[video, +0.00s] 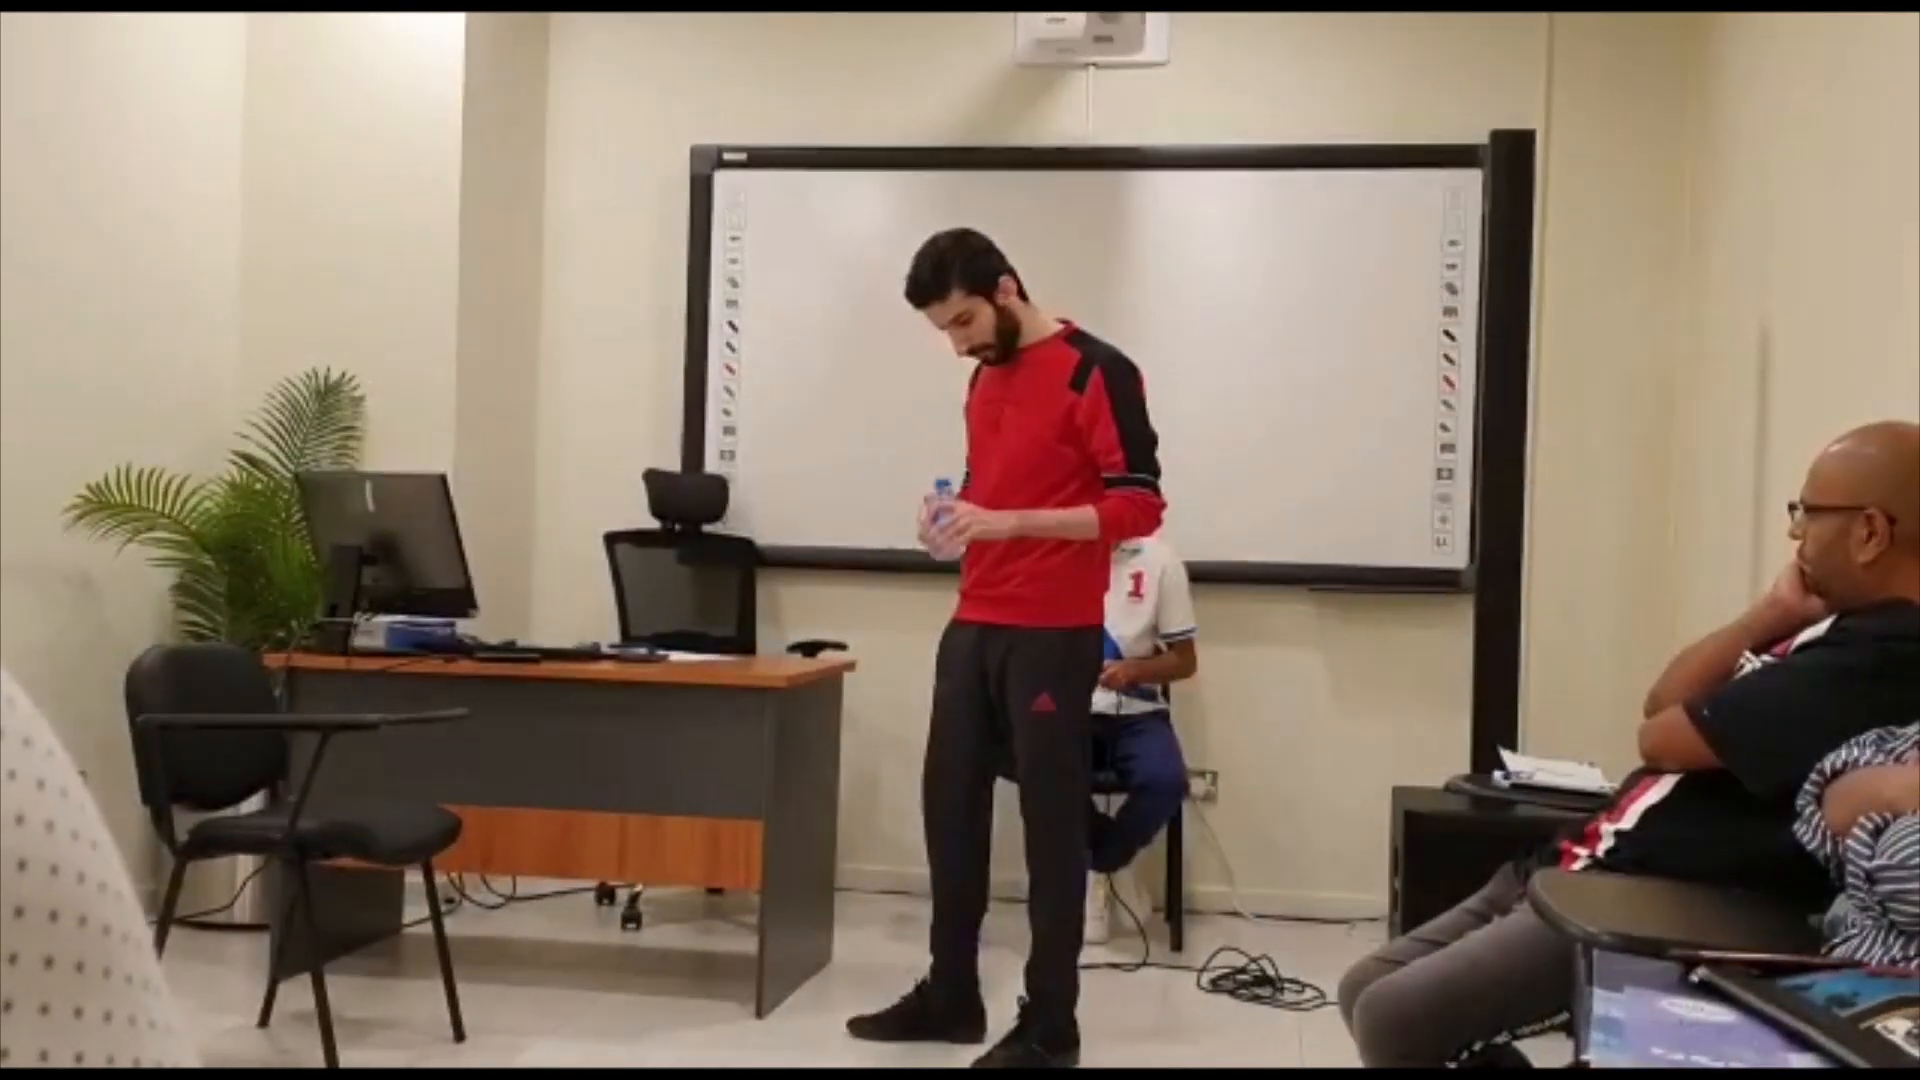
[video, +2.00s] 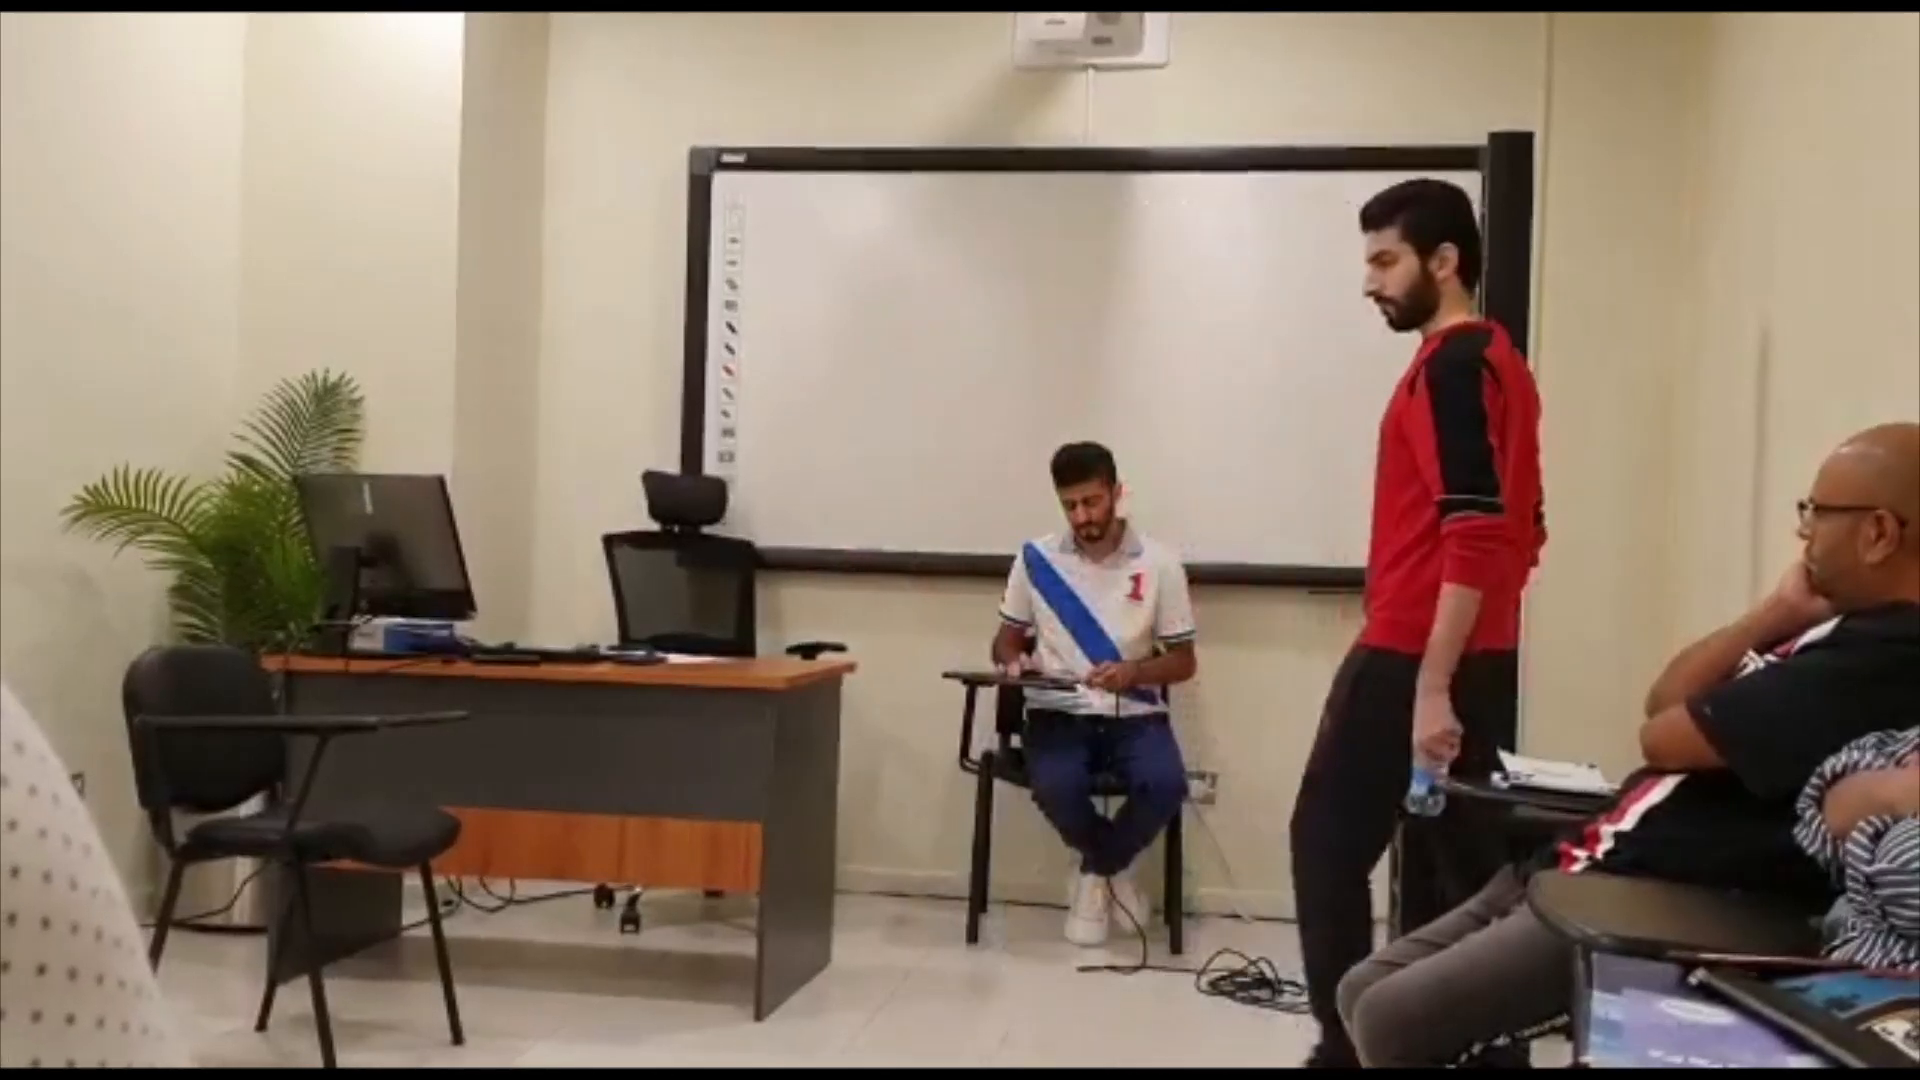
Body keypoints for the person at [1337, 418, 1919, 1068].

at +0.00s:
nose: (1794, 536)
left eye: (1806, 516)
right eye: (1798, 515)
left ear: (1873, 532)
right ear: (1873, 532)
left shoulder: (1882, 650)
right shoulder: (1848, 627)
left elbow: (1665, 743)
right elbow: (1662, 704)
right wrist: (1779, 610)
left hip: (1638, 907)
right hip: (1585, 863)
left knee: (1390, 1020)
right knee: (1365, 986)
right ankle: (1486, 1060)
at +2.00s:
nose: (1801, 534)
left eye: (1814, 514)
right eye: (1806, 513)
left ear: (1880, 534)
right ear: (1881, 534)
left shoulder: (1885, 651)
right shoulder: (1855, 629)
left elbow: (1666, 743)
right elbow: (1664, 701)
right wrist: (1782, 611)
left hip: (1642, 906)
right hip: (1593, 864)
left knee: (1386, 1022)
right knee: (1363, 988)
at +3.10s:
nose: (1798, 537)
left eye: (1812, 517)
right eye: (1803, 516)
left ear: (1879, 533)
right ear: (1879, 533)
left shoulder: (1880, 654)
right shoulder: (1852, 630)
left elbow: (1666, 744)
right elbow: (1663, 703)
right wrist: (1782, 611)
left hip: (1638, 911)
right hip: (1589, 868)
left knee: (1388, 1024)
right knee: (1365, 989)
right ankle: (1484, 1059)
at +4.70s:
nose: (1799, 535)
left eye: (1811, 516)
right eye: (1803, 515)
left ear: (1878, 534)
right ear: (1879, 534)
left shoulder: (1879, 654)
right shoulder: (1853, 628)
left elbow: (1664, 743)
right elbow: (1663, 702)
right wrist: (1780, 612)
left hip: (1626, 909)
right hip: (1578, 866)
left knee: (1385, 1023)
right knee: (1362, 990)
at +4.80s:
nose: (1798, 536)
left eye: (1811, 516)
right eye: (1802, 516)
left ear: (1878, 534)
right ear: (1879, 534)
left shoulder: (1879, 654)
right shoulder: (1853, 629)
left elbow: (1664, 743)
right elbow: (1662, 702)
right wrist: (1780, 612)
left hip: (1625, 910)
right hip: (1577, 865)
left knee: (1384, 1024)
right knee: (1362, 990)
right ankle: (1472, 1062)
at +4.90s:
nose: (1798, 536)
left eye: (1811, 516)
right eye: (1802, 515)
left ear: (1878, 534)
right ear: (1879, 534)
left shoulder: (1878, 655)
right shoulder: (1854, 629)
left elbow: (1664, 743)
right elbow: (1662, 701)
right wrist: (1780, 612)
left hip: (1628, 909)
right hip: (1579, 865)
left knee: (1384, 1023)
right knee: (1363, 989)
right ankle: (1471, 1062)